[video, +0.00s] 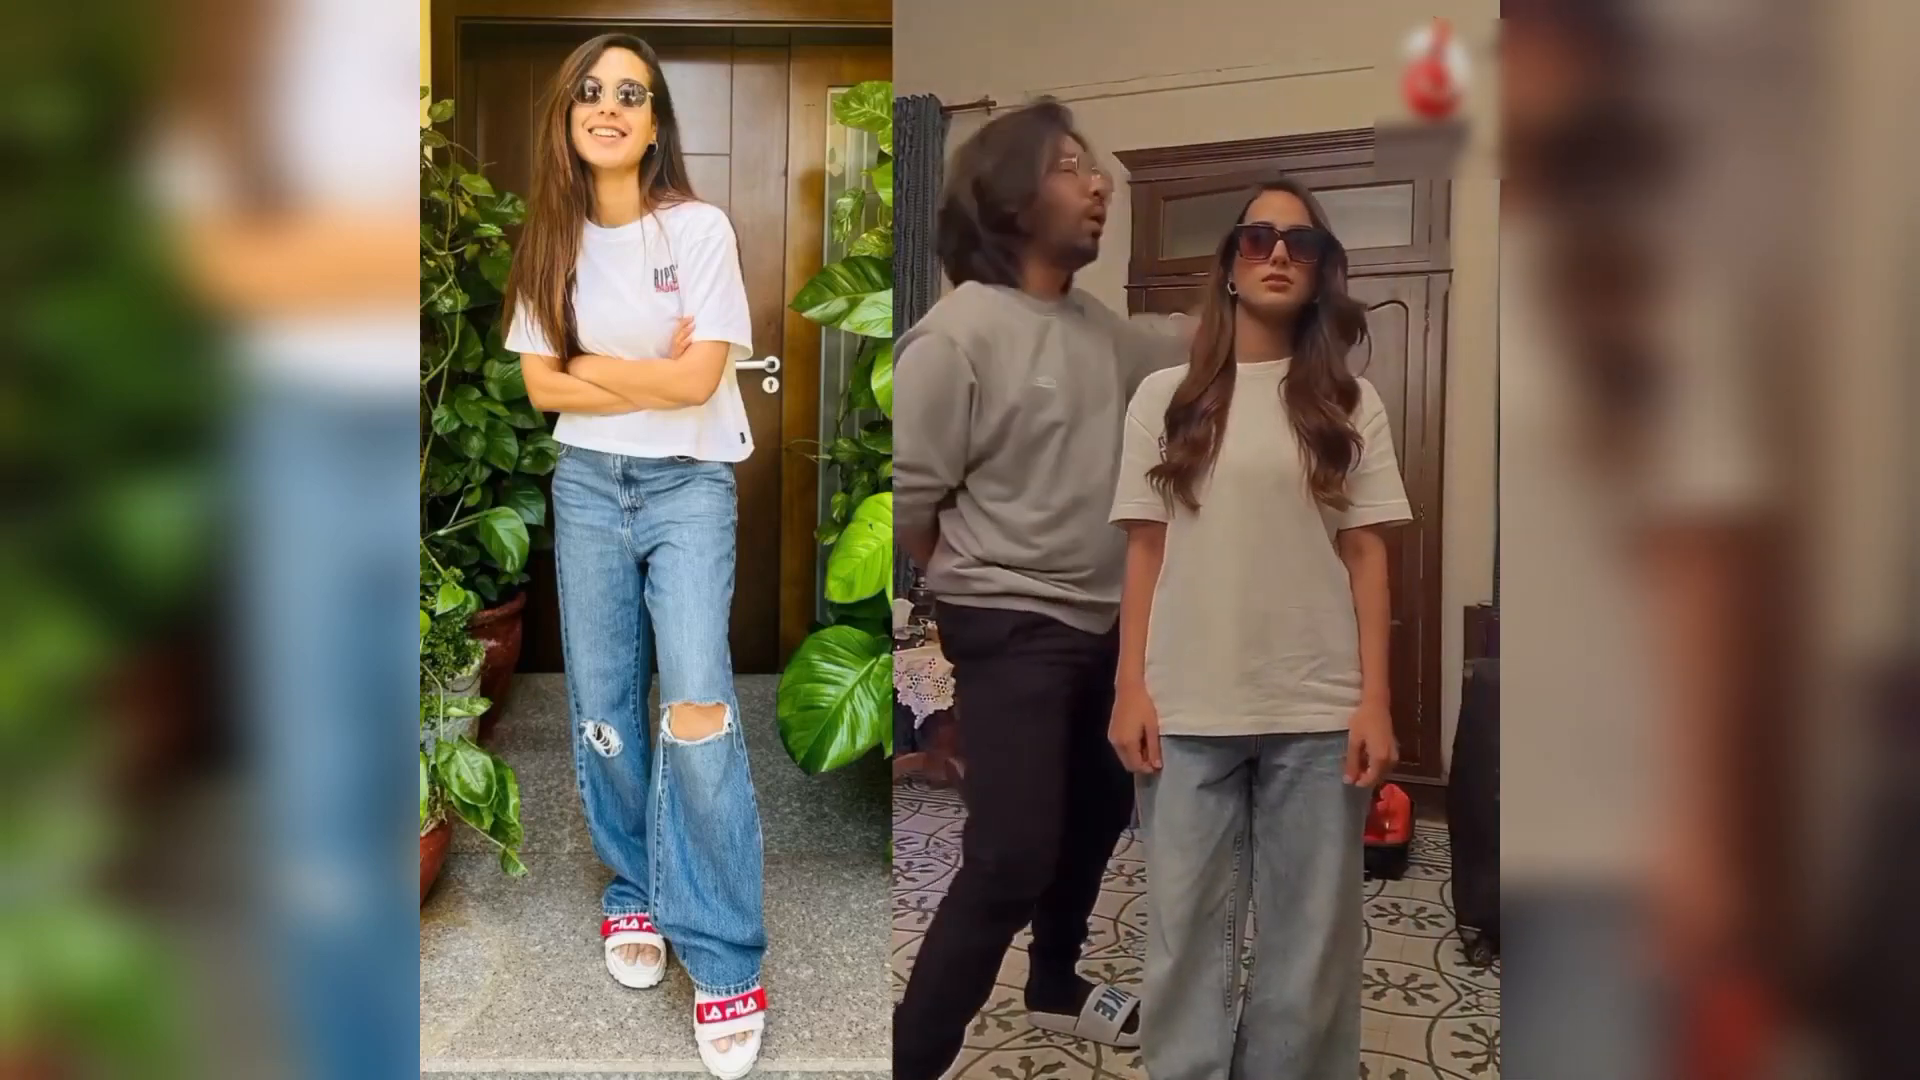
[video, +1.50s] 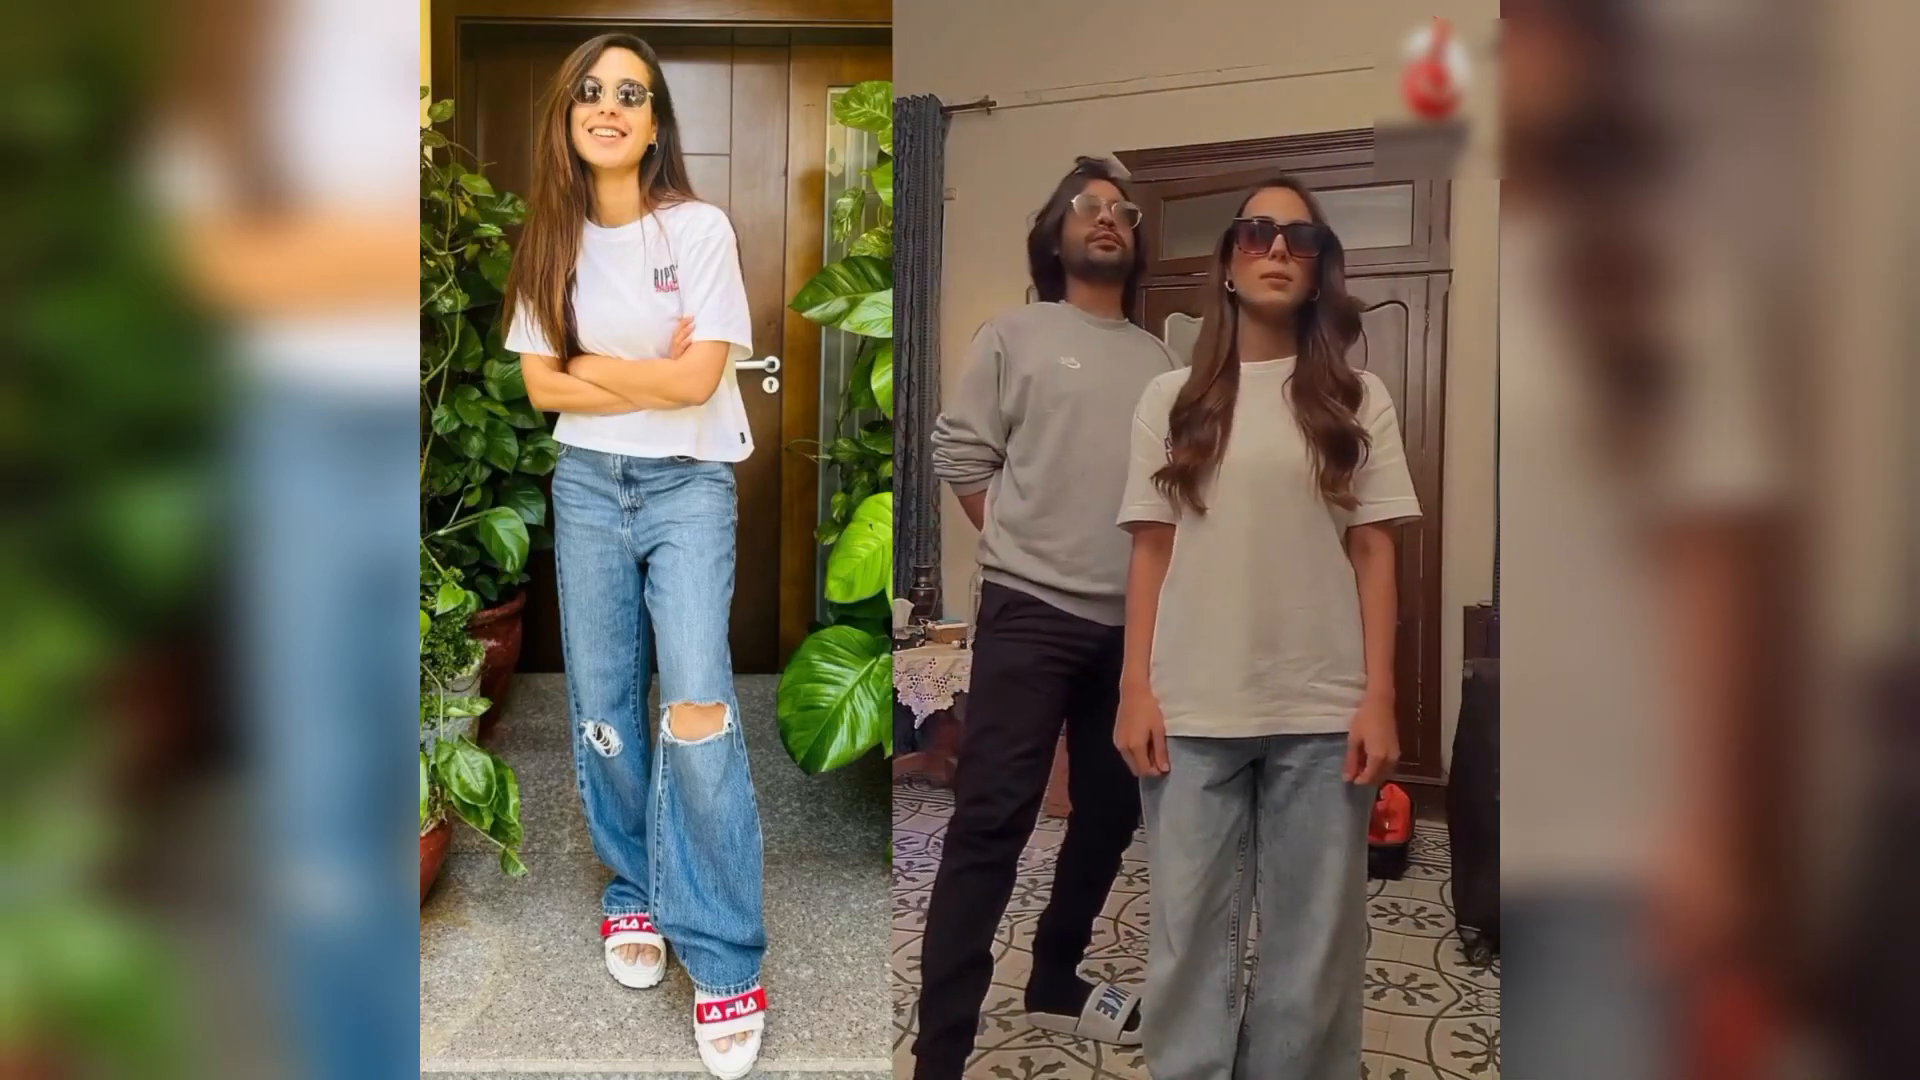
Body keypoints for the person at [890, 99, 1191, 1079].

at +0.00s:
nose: (1100, 186)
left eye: (1096, 170)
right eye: (1073, 168)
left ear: (1088, 192)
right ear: (1009, 192)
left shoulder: (1106, 329)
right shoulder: (955, 333)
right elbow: (908, 516)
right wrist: (951, 591)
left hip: (1107, 620)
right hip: (1002, 622)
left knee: (1092, 816)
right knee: (1011, 866)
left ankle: (1055, 986)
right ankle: (914, 1064)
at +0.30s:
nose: (1076, 231)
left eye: (1072, 212)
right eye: (1055, 211)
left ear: (1028, 230)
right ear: (995, 227)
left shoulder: (1064, 332)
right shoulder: (942, 368)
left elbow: (1125, 338)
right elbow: (921, 550)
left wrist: (1166, 242)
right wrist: (938, 611)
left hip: (1111, 617)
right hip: (1030, 629)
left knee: (1118, 827)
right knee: (1044, 869)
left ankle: (1055, 987)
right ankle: (916, 1062)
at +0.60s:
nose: (1086, 186)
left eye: (1089, 176)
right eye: (1058, 176)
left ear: (1104, 210)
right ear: (1013, 213)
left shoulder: (1139, 346)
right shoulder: (1010, 316)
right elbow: (941, 462)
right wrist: (976, 559)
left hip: (1115, 610)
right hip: (1024, 603)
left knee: (1089, 812)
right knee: (990, 834)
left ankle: (1056, 987)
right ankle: (912, 1053)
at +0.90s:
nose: (1108, 223)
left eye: (1121, 214)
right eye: (1089, 212)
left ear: (1139, 246)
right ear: (1054, 240)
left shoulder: (1161, 364)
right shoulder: (1010, 338)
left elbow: (1178, 497)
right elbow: (956, 465)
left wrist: (1144, 574)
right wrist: (1015, 556)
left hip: (1131, 619)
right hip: (1025, 610)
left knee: (1112, 815)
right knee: (991, 818)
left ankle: (1056, 982)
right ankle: (923, 1053)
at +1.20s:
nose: (1105, 225)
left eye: (1119, 216)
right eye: (1087, 213)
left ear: (1135, 242)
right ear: (1051, 234)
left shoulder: (1158, 358)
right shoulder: (1008, 335)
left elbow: (1173, 489)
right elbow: (953, 458)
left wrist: (1139, 569)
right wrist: (1010, 554)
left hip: (1127, 620)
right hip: (1021, 611)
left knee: (1107, 815)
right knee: (986, 825)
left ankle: (1055, 983)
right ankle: (941, 1056)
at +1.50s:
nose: (1108, 221)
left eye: (1121, 213)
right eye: (1089, 210)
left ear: (1138, 242)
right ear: (1053, 237)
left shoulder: (1164, 356)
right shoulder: (1012, 336)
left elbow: (1180, 485)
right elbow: (961, 459)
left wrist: (1145, 567)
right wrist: (1020, 550)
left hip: (1132, 619)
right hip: (1027, 610)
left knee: (1107, 810)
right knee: (990, 821)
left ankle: (1056, 980)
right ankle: (940, 1054)